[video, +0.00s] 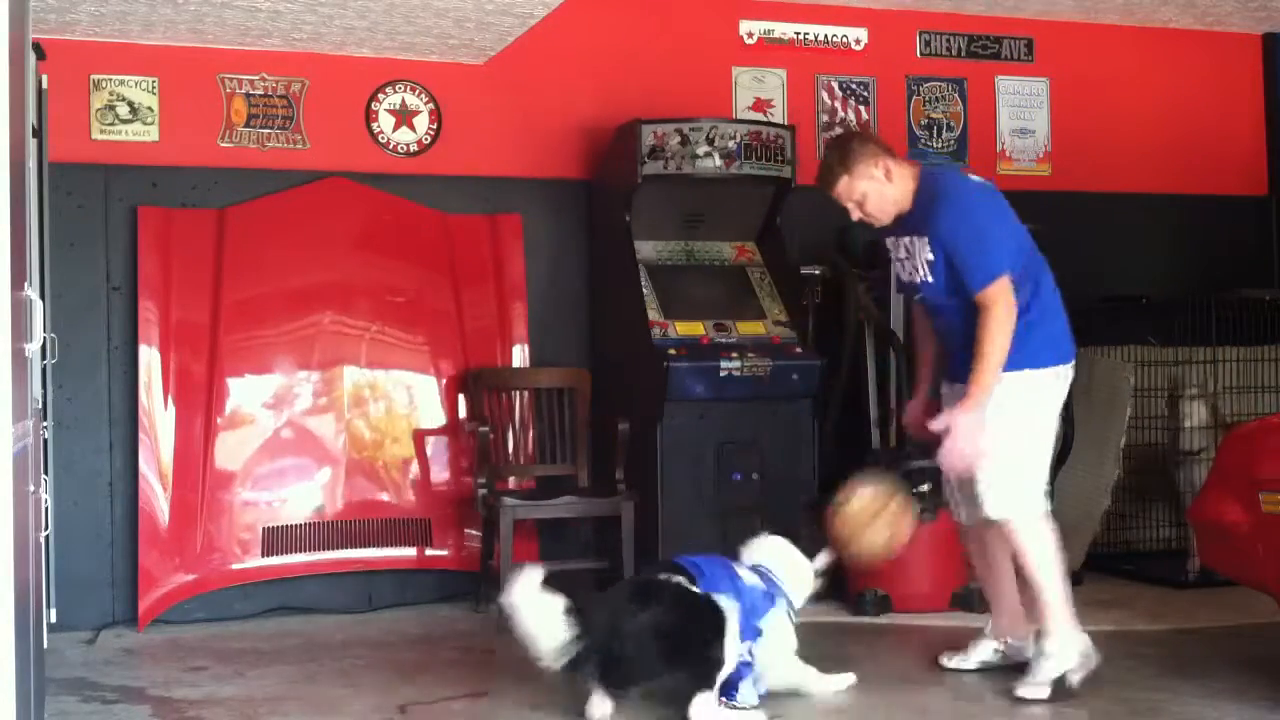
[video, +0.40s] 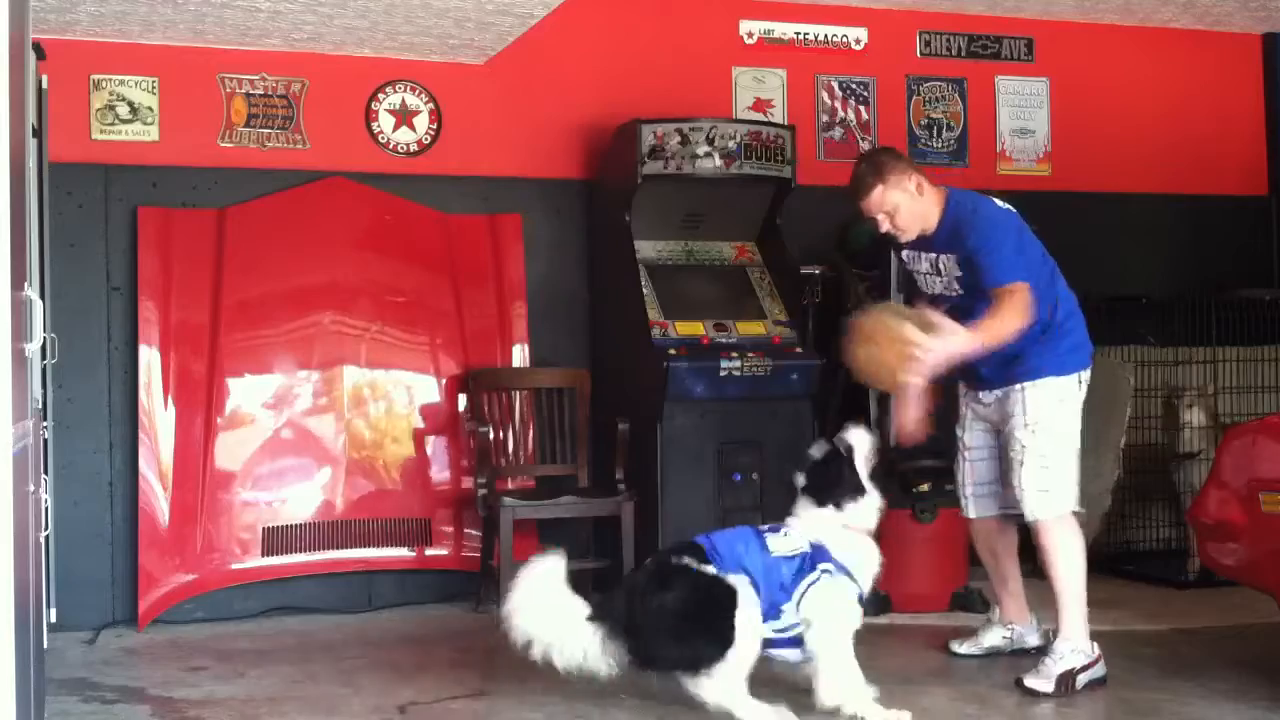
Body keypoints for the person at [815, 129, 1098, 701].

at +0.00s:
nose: (857, 216)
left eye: (857, 201)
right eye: (849, 208)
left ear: (883, 169)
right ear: (878, 175)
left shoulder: (957, 202)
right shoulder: (902, 219)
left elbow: (1000, 305)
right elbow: (928, 310)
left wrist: (973, 406)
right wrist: (924, 391)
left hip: (1028, 360)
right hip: (974, 365)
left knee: (1011, 494)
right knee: (970, 497)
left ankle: (1066, 640)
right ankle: (1010, 632)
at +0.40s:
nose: (883, 228)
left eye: (887, 213)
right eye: (875, 220)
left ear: (919, 185)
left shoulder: (986, 223)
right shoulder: (911, 242)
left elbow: (1018, 310)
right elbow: (924, 321)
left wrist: (949, 347)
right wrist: (912, 391)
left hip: (1042, 369)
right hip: (979, 378)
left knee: (1046, 502)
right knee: (983, 503)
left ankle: (1077, 644)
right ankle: (1015, 621)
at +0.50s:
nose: (886, 226)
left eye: (890, 211)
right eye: (877, 218)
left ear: (920, 185)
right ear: (876, 213)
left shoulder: (978, 224)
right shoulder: (910, 254)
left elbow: (964, 308)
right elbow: (905, 342)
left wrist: (882, 339)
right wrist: (855, 392)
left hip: (1055, 367)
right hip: (994, 374)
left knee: (1047, 500)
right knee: (988, 499)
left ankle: (1074, 644)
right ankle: (1016, 622)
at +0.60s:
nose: (882, 226)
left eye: (887, 211)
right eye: (874, 217)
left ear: (920, 189)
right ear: (873, 213)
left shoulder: (973, 227)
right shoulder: (903, 252)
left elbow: (952, 321)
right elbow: (895, 332)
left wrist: (861, 357)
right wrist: (846, 369)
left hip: (1061, 369)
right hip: (997, 379)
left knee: (1056, 500)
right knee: (985, 498)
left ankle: (1074, 644)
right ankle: (1015, 622)